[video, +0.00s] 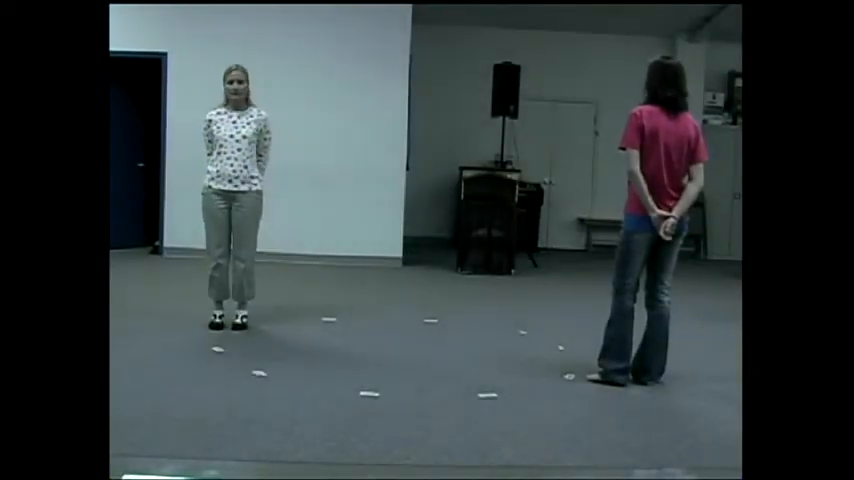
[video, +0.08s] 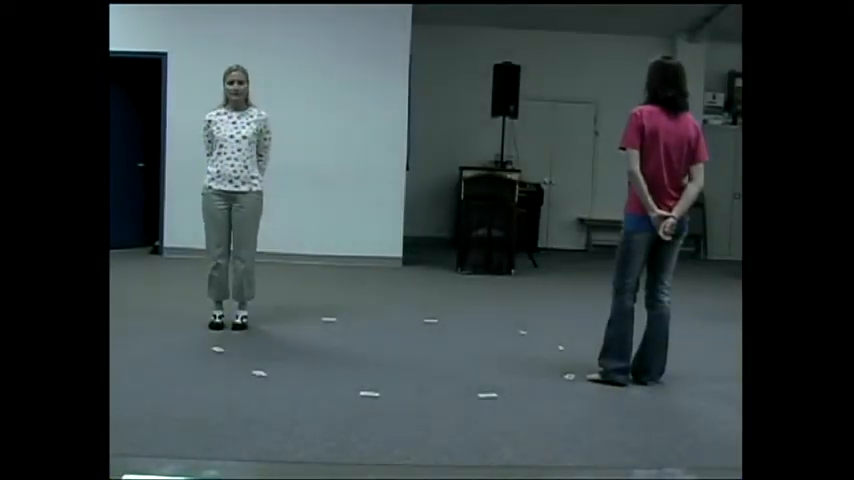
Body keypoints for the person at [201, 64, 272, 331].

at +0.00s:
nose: (236, 86)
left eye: (241, 82)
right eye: (231, 82)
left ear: (248, 86)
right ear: (224, 87)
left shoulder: (259, 118)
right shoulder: (212, 117)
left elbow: (263, 156)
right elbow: (210, 152)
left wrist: (254, 179)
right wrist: (221, 174)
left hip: (247, 190)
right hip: (215, 189)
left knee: (244, 253)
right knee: (217, 253)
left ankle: (242, 309)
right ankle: (217, 309)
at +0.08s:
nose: (236, 87)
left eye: (241, 83)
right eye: (231, 83)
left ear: (248, 86)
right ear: (224, 87)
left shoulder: (259, 118)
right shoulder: (212, 118)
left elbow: (263, 155)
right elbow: (210, 152)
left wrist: (254, 178)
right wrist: (221, 174)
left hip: (247, 190)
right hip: (216, 189)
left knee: (244, 254)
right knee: (218, 253)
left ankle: (242, 309)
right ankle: (217, 309)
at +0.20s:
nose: (236, 89)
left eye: (241, 85)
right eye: (231, 85)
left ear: (248, 88)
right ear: (224, 89)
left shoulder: (259, 121)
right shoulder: (212, 121)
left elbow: (263, 159)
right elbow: (209, 156)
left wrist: (254, 182)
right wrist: (219, 177)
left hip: (247, 193)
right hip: (216, 192)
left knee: (244, 254)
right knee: (218, 254)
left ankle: (241, 310)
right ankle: (218, 309)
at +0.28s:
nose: (236, 88)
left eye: (241, 84)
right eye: (231, 84)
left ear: (247, 87)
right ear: (224, 88)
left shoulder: (259, 119)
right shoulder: (212, 119)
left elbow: (263, 157)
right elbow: (208, 154)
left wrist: (255, 180)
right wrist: (217, 177)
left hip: (247, 191)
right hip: (216, 190)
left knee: (244, 253)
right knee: (218, 253)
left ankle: (241, 309)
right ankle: (218, 308)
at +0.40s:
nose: (235, 88)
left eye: (240, 84)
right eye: (230, 84)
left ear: (247, 88)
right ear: (223, 88)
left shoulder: (258, 120)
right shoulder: (211, 120)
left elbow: (263, 157)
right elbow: (208, 156)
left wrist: (255, 181)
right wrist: (216, 178)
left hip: (247, 192)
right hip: (216, 191)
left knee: (243, 254)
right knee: (217, 254)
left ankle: (241, 310)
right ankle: (217, 309)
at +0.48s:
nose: (235, 88)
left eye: (240, 84)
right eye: (230, 84)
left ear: (246, 88)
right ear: (223, 88)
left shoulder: (258, 120)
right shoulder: (211, 121)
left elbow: (262, 157)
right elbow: (208, 156)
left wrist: (255, 181)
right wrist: (216, 179)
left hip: (247, 192)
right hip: (216, 191)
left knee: (243, 254)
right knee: (217, 254)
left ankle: (241, 310)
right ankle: (217, 309)